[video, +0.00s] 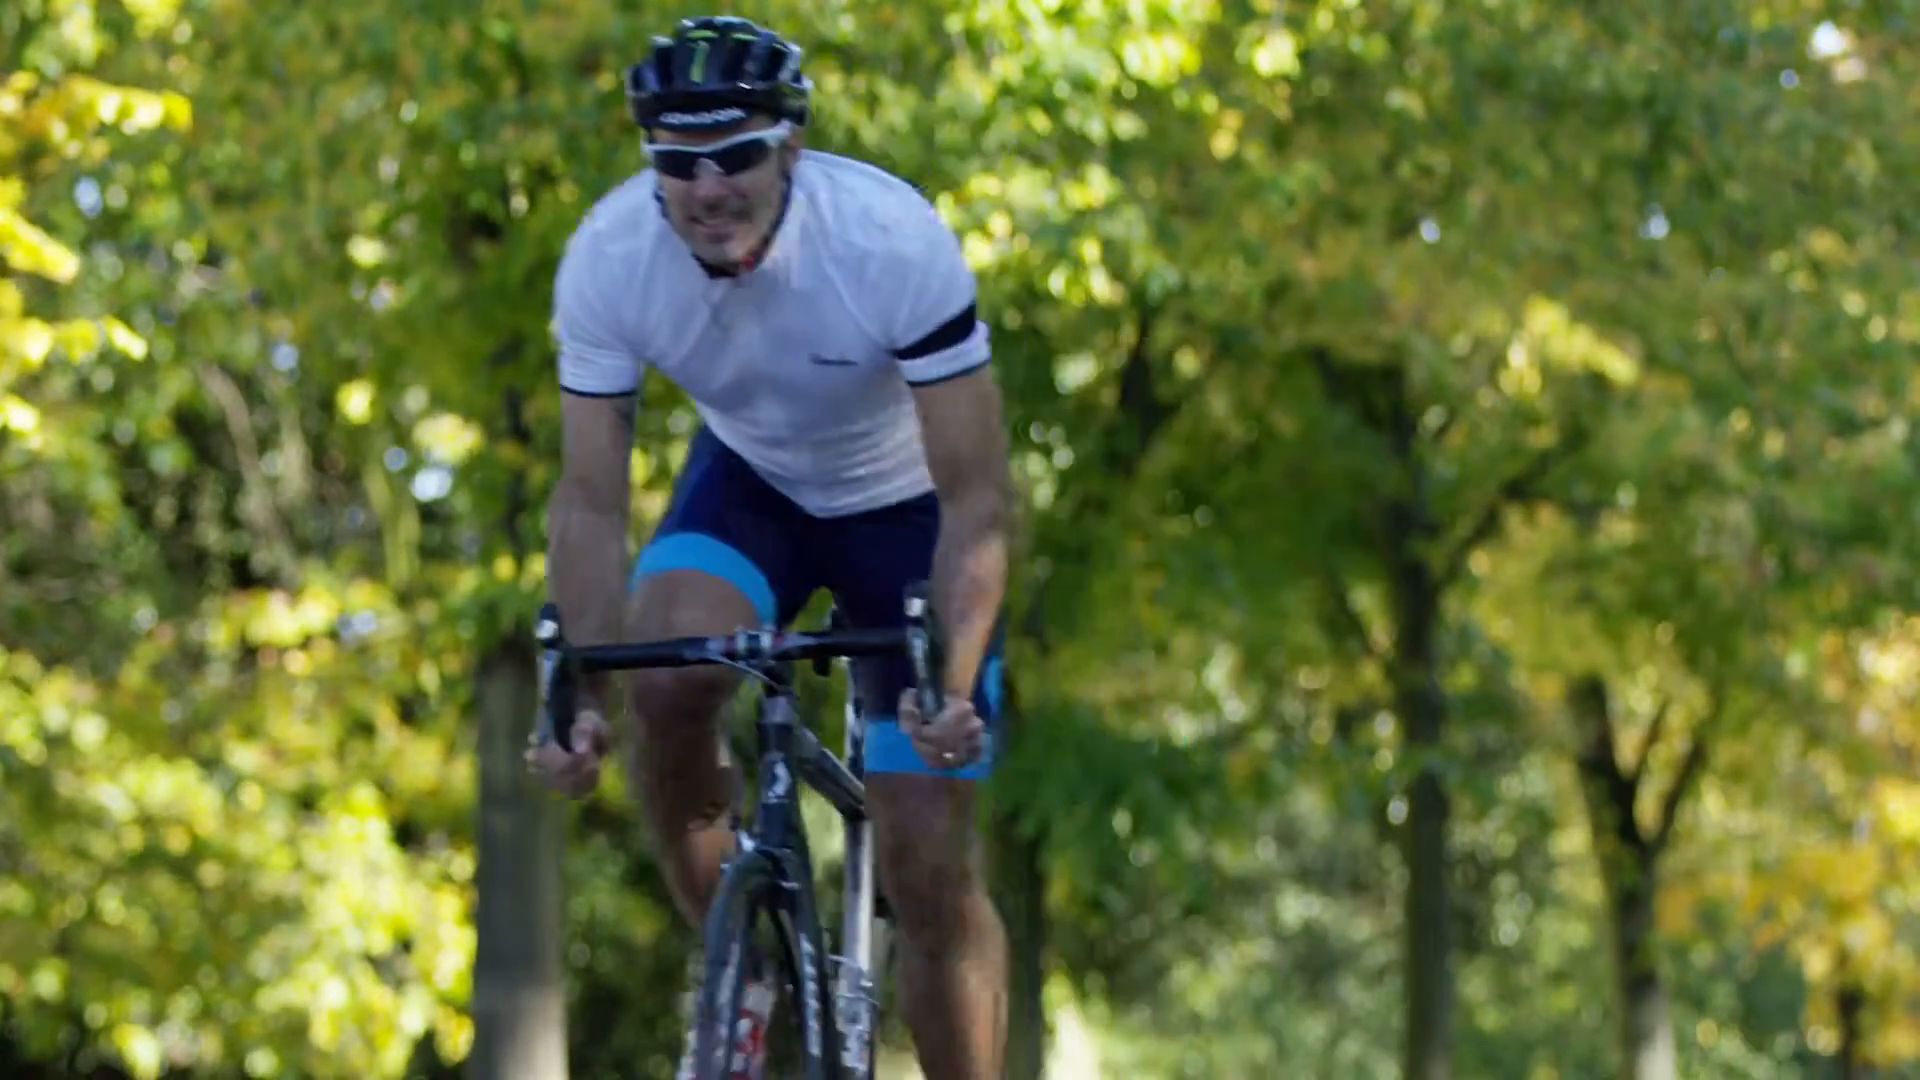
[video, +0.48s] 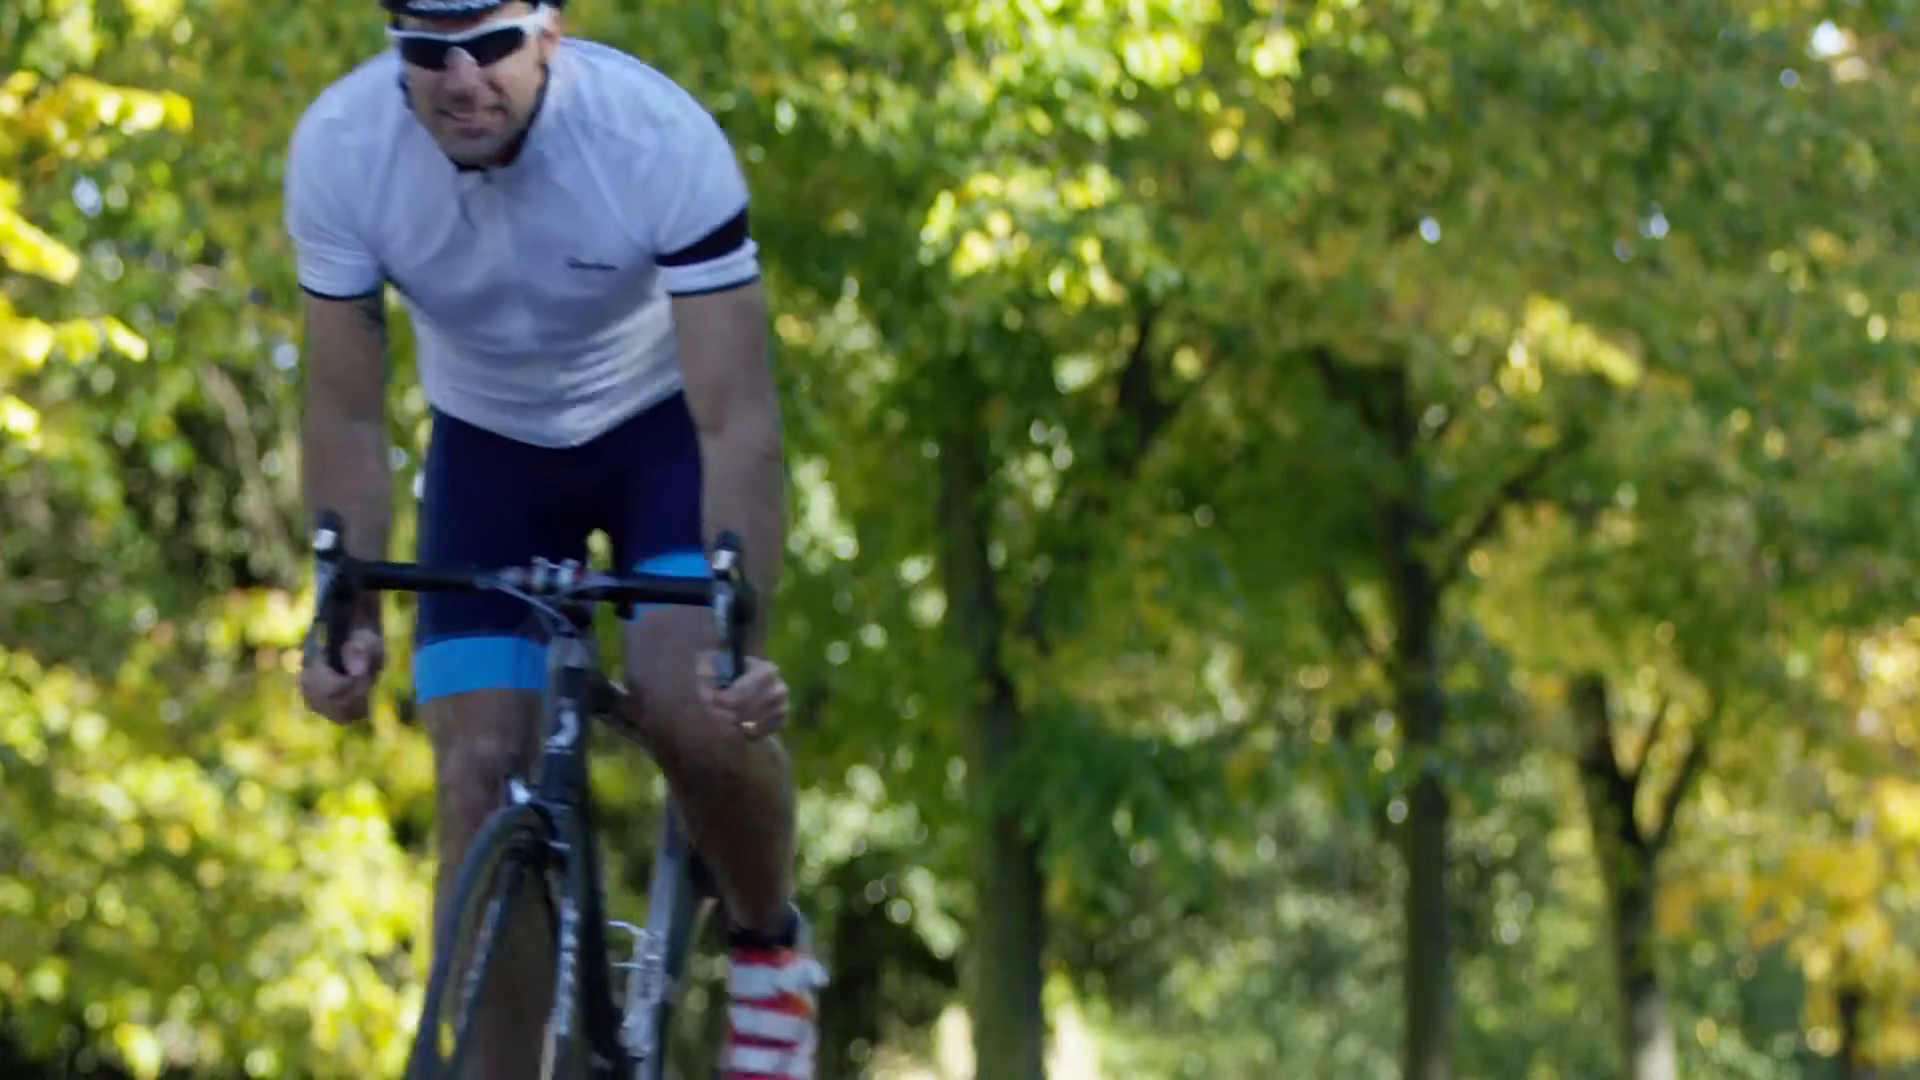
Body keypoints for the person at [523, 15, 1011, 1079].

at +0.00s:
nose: (709, 188)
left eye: (737, 157)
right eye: (680, 163)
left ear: (792, 150)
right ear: (650, 162)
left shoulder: (899, 244)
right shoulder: (608, 261)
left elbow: (977, 493)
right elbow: (588, 494)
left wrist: (952, 686)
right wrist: (582, 683)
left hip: (905, 498)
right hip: (745, 475)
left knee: (925, 861)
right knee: (665, 672)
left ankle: (959, 1071)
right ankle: (735, 975)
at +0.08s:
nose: (668, 172)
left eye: (697, 140)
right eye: (637, 145)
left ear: (753, 131)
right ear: (606, 142)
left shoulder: (858, 225)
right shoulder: (562, 243)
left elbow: (940, 467)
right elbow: (554, 479)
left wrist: (924, 675)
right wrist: (548, 669)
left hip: (867, 476)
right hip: (704, 459)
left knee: (888, 842)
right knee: (636, 673)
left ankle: (940, 1069)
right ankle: (695, 989)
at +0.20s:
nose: (607, 146)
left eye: (638, 112)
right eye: (576, 115)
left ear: (691, 98)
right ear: (543, 108)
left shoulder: (798, 198)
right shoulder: (498, 214)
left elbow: (879, 446)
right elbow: (497, 455)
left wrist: (875, 663)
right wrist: (493, 648)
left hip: (806, 450)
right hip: (641, 446)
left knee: (837, 814)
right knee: (590, 708)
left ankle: (896, 1070)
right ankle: (645, 1050)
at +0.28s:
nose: (566, 130)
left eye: (597, 97)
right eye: (534, 101)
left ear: (652, 77)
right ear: (500, 92)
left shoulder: (758, 180)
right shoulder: (450, 196)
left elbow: (837, 433)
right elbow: (456, 439)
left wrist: (840, 655)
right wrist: (456, 638)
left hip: (764, 437)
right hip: (597, 438)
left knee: (798, 787)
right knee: (564, 741)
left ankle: (869, 1046)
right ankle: (600, 1059)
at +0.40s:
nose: (500, 101)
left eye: (533, 67)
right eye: (468, 72)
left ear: (589, 47)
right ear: (436, 65)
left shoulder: (701, 160)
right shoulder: (384, 169)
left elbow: (776, 419)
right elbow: (389, 412)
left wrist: (783, 639)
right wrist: (395, 606)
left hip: (702, 429)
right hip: (528, 439)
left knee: (727, 737)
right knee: (513, 760)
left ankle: (815, 988)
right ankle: (531, 1067)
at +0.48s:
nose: (461, 80)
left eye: (492, 45)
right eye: (427, 51)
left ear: (550, 29)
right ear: (395, 49)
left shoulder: (663, 144)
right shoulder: (339, 151)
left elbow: (734, 410)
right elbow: (343, 407)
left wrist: (739, 631)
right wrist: (347, 599)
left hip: (661, 420)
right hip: (484, 435)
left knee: (682, 704)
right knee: (477, 771)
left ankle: (767, 954)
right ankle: (496, 1073)